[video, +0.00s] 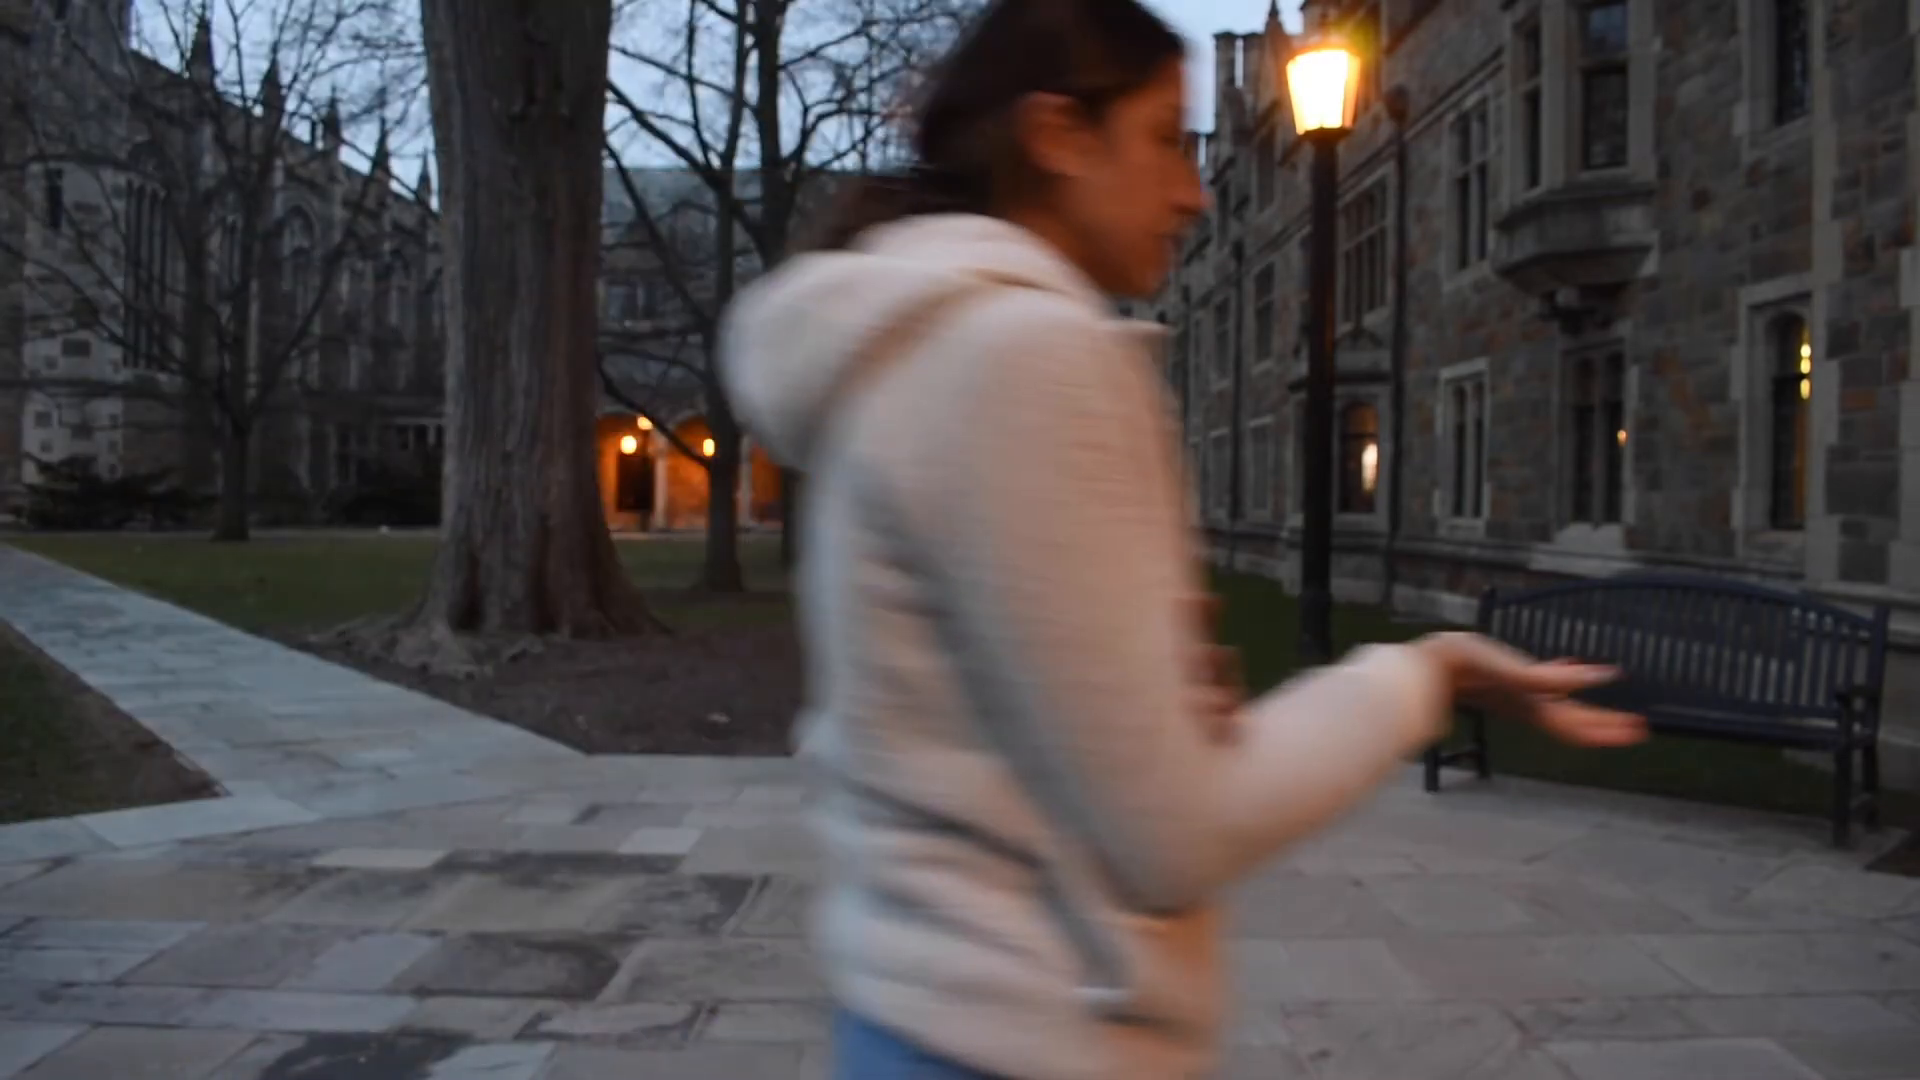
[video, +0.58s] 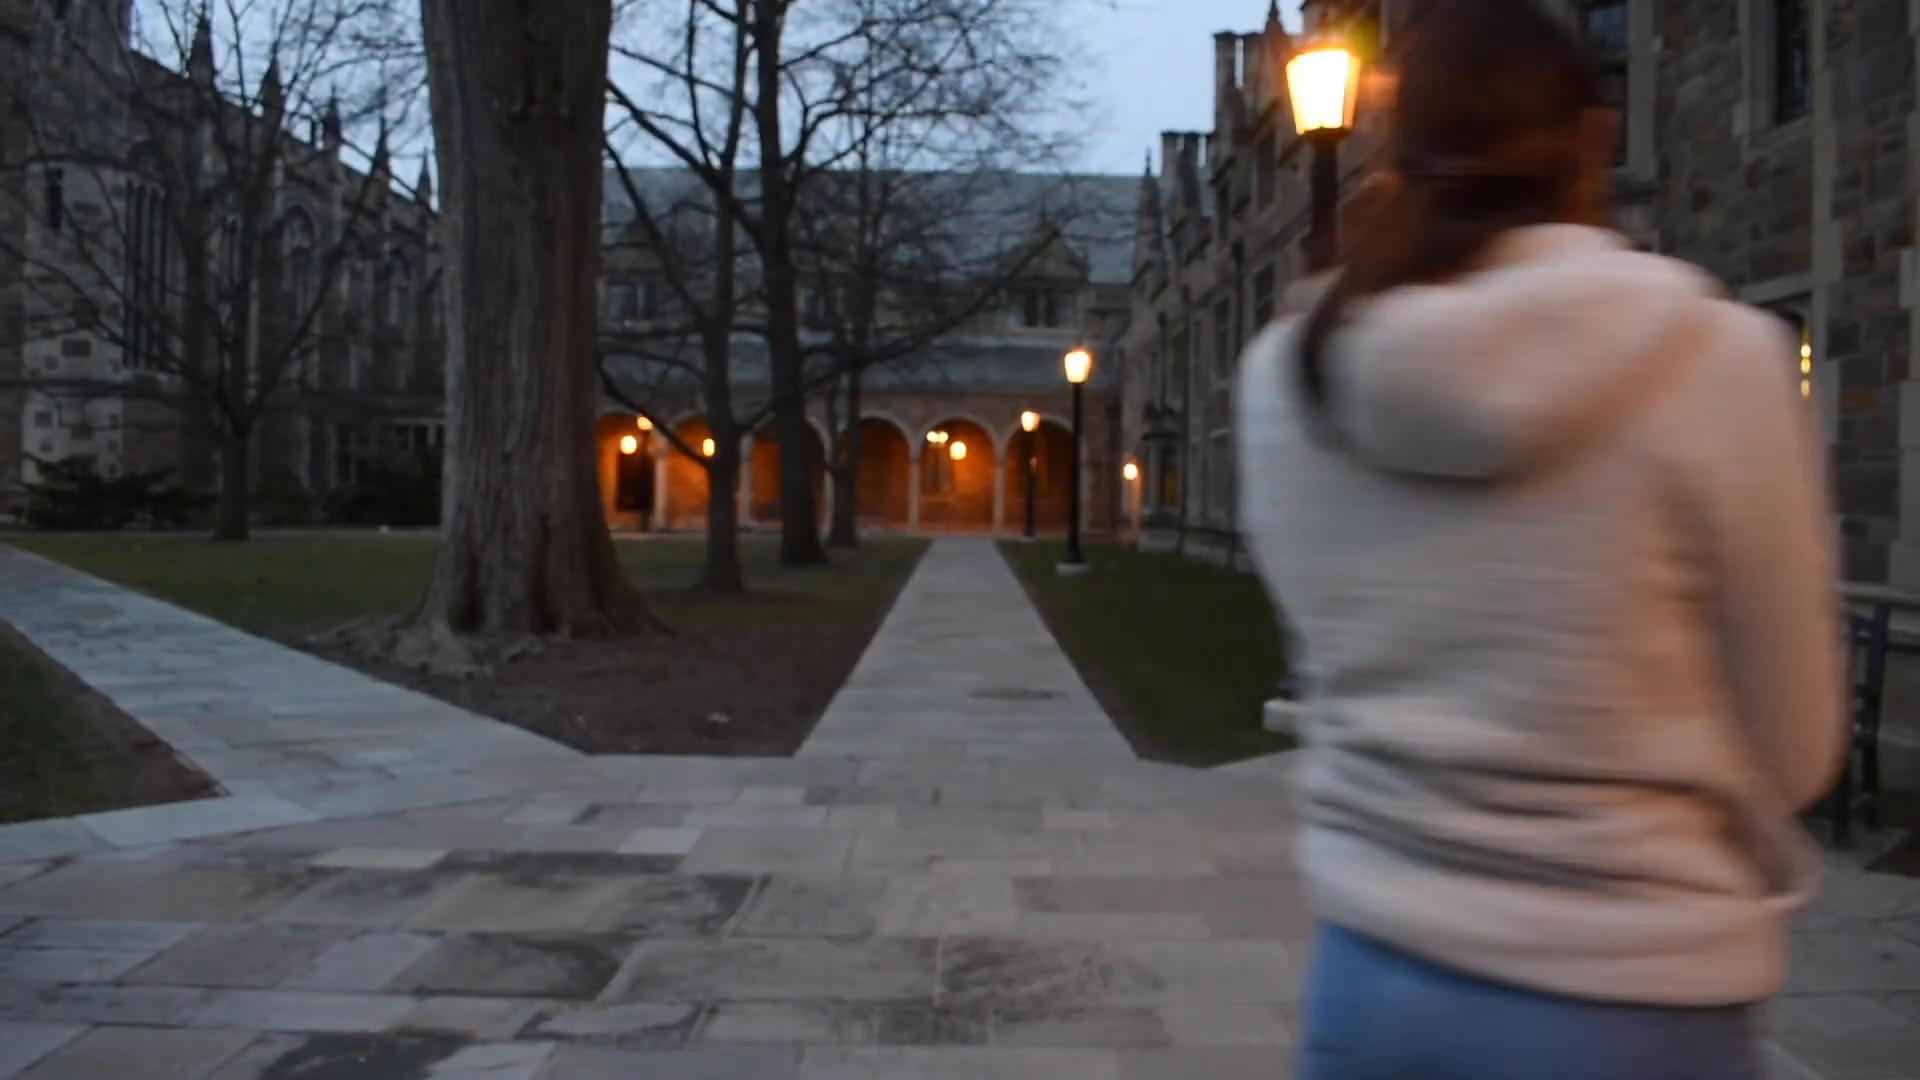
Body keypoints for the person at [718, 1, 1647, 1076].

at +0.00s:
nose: (1196, 195)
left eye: (1189, 150)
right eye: (1169, 142)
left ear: (1057, 141)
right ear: (1056, 137)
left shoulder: (930, 334)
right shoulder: (1026, 354)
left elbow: (935, 737)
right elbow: (1170, 835)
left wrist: (1160, 697)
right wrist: (1428, 676)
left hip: (930, 1014)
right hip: (1030, 1037)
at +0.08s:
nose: (1266, 206)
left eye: (1267, 162)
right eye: (1245, 154)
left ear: (1133, 153)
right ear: (1134, 148)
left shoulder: (1005, 347)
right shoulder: (1129, 363)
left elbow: (1020, 746)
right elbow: (1281, 837)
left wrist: (1259, 703)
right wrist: (1509, 668)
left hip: (1006, 1018)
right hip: (1128, 1038)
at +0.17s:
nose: (1329, 199)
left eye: (1325, 159)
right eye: (1309, 154)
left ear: (1206, 150)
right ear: (1209, 147)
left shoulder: (1053, 355)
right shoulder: (1225, 360)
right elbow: (1393, 818)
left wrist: (1365, 678)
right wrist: (1582, 645)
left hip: (1089, 1008)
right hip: (1236, 1034)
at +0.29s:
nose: (1416, 190)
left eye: (1412, 148)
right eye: (1402, 143)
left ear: (1207, 150)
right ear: (1324, 141)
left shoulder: (1121, 348)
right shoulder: (1377, 350)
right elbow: (1542, 789)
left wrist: (1549, 652)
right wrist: (1658, 606)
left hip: (1178, 994)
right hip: (1353, 1030)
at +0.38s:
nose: (1472, 177)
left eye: (1468, 141)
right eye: (1464, 140)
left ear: (1263, 152)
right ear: (1400, 137)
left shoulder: (1161, 358)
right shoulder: (1466, 347)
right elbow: (1625, 776)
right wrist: (1690, 590)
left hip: (1228, 984)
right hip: (1431, 1021)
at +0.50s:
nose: (1552, 170)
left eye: (1543, 139)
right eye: (1545, 138)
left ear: (1354, 154)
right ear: (1519, 144)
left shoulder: (1235, 382)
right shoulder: (1618, 352)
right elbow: (1732, 761)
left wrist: (1692, 583)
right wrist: (1727, 584)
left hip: (1308, 988)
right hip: (1557, 1015)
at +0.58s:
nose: (1607, 142)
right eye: (1602, 126)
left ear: (1401, 153)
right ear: (1593, 141)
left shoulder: (1289, 368)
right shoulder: (1713, 359)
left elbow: (1327, 637)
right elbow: (1797, 745)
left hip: (1370, 990)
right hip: (1633, 1014)